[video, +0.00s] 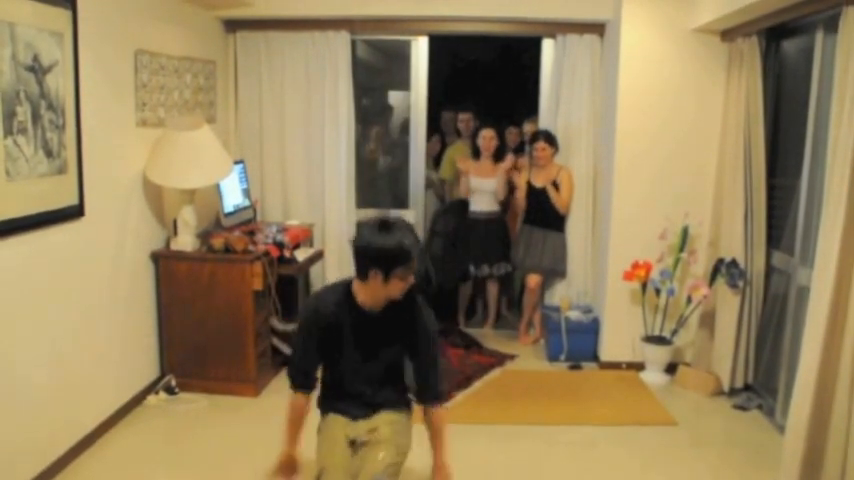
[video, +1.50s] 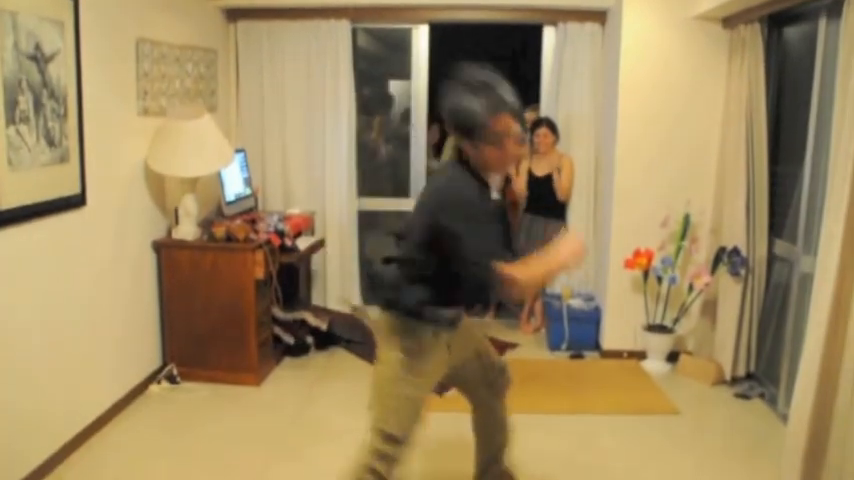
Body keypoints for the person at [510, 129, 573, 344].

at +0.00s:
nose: (539, 154)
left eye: (544, 149)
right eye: (536, 149)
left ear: (553, 151)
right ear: (532, 152)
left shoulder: (563, 174)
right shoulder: (527, 173)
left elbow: (563, 208)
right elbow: (520, 207)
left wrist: (549, 186)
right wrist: (519, 185)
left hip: (551, 232)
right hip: (529, 229)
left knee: (533, 280)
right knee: (534, 284)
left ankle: (523, 324)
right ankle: (538, 328)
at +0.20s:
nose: (539, 154)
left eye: (544, 149)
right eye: (536, 149)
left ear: (554, 151)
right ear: (532, 152)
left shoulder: (562, 173)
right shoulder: (528, 174)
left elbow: (564, 208)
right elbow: (522, 201)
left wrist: (541, 194)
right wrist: (523, 177)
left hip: (551, 231)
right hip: (530, 229)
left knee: (533, 281)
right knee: (533, 284)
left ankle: (523, 325)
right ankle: (538, 328)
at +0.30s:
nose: (539, 154)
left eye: (544, 149)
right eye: (536, 149)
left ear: (554, 151)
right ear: (532, 152)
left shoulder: (563, 174)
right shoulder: (527, 175)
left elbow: (564, 208)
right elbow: (521, 205)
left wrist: (548, 189)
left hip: (551, 232)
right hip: (530, 229)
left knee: (533, 281)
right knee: (533, 285)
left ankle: (523, 325)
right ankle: (538, 329)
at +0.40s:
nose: (540, 154)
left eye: (544, 149)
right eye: (536, 149)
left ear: (554, 151)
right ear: (532, 152)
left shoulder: (562, 174)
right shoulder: (527, 173)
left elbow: (563, 208)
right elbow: (520, 207)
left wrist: (555, 188)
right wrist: (517, 186)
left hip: (551, 232)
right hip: (530, 229)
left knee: (533, 281)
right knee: (535, 284)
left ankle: (523, 325)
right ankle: (538, 328)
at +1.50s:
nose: (541, 141)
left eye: (546, 136)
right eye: (537, 136)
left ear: (555, 138)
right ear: (533, 139)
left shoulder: (563, 162)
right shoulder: (526, 162)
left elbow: (563, 195)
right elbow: (520, 193)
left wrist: (556, 172)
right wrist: (518, 170)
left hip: (553, 221)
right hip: (530, 217)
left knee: (543, 269)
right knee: (529, 267)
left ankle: (533, 314)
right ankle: (533, 313)